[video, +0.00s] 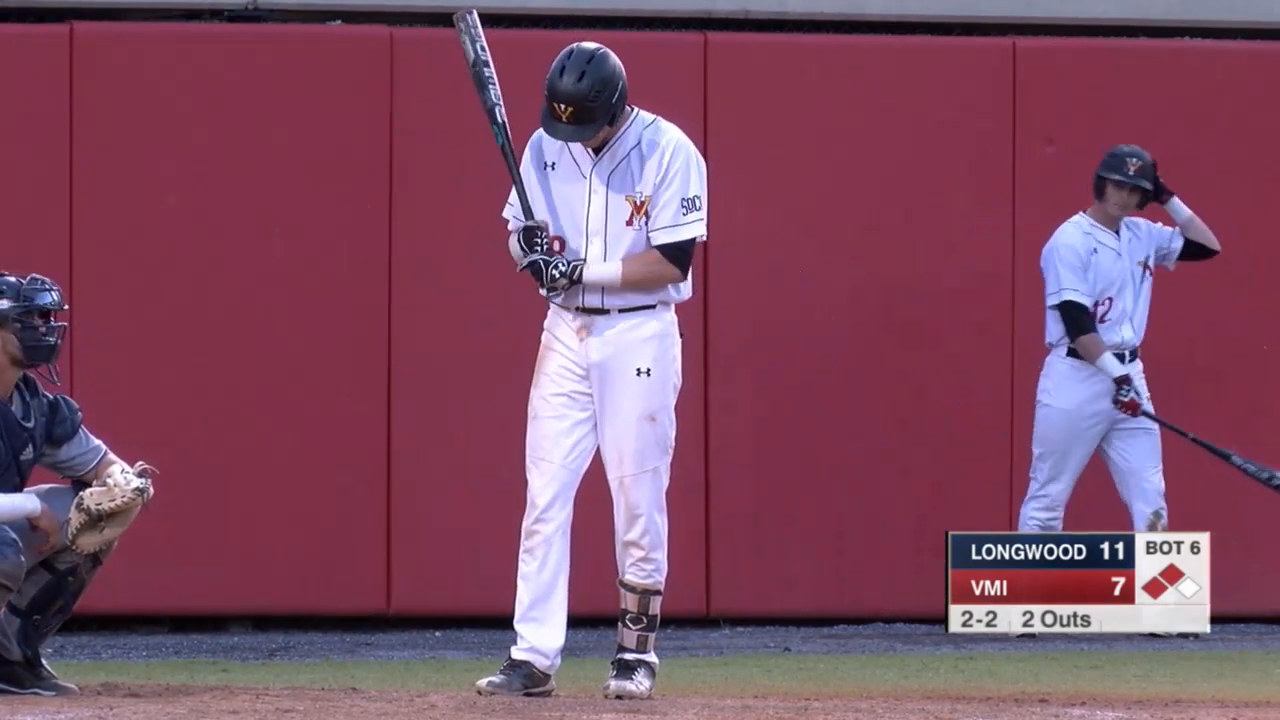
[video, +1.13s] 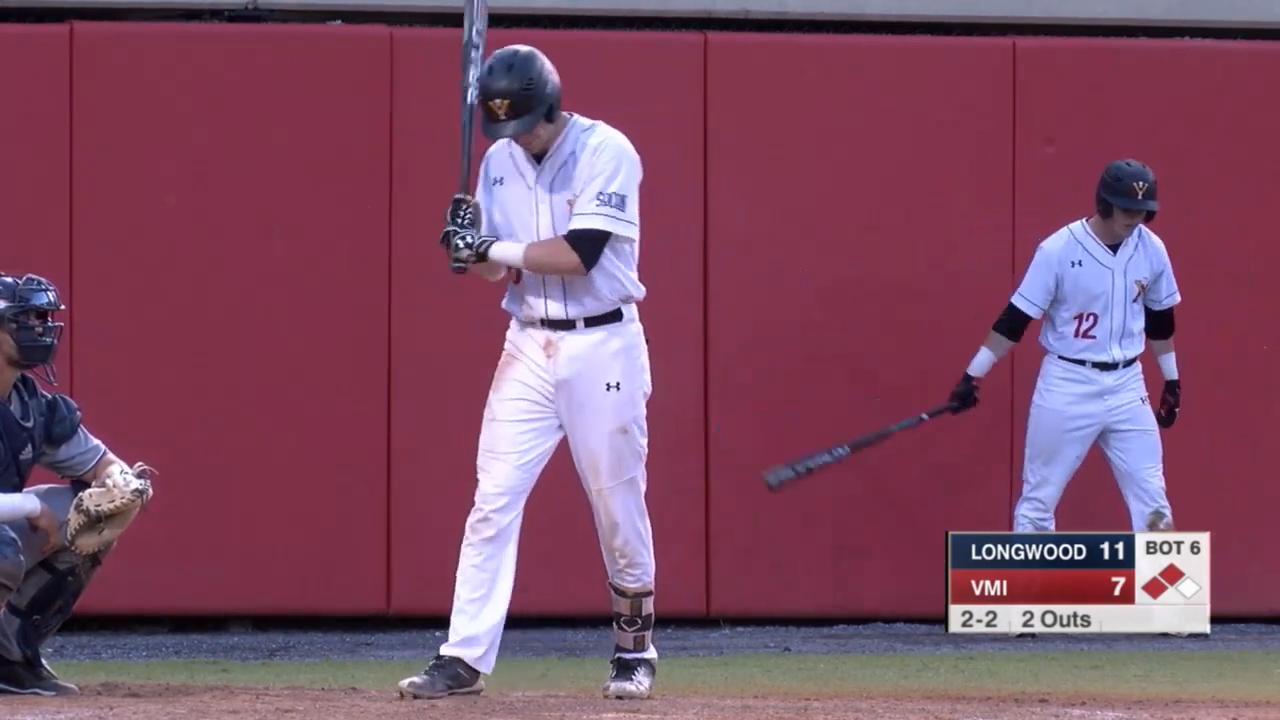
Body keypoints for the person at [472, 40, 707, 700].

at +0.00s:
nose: (576, 140)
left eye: (588, 129)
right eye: (567, 128)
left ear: (617, 109)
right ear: (555, 108)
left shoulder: (669, 149)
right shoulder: (545, 146)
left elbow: (672, 263)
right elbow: (517, 222)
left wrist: (581, 273)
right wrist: (529, 246)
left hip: (639, 339)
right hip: (564, 337)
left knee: (636, 491)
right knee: (545, 494)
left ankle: (635, 653)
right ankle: (533, 656)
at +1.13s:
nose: (515, 138)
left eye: (522, 125)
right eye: (505, 127)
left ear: (551, 109)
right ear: (498, 116)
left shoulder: (608, 149)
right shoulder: (499, 158)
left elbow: (579, 254)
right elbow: (499, 270)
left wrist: (491, 248)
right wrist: (471, 248)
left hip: (602, 348)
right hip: (526, 347)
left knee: (616, 500)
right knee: (493, 502)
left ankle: (633, 651)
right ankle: (463, 659)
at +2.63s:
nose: (596, 237)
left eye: (610, 232)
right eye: (589, 224)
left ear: (644, 214)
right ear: (581, 197)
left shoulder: (680, 252)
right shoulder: (571, 193)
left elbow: (666, 373)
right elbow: (570, 261)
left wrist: (652, 484)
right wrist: (559, 320)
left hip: (665, 378)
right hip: (583, 371)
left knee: (697, 506)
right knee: (519, 512)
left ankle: (755, 662)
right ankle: (461, 663)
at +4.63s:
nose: (615, 129)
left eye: (619, 117)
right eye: (600, 121)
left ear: (624, 118)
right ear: (565, 127)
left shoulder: (654, 199)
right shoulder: (525, 193)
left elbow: (650, 320)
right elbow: (509, 287)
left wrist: (571, 376)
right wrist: (493, 361)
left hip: (641, 386)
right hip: (554, 389)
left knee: (689, 511)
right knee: (477, 522)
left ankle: (761, 663)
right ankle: (454, 665)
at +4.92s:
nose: (578, 133)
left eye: (583, 121)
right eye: (564, 125)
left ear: (592, 121)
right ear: (532, 131)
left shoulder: (621, 193)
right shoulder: (509, 190)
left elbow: (576, 306)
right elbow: (504, 268)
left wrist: (488, 315)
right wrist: (468, 289)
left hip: (628, 380)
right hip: (547, 381)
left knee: (679, 509)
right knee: (468, 520)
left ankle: (760, 664)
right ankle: (454, 664)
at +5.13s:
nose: (579, 138)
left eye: (584, 125)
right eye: (564, 130)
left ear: (594, 125)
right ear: (534, 137)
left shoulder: (630, 193)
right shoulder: (513, 206)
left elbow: (604, 306)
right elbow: (518, 300)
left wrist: (511, 327)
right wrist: (497, 324)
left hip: (640, 385)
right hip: (557, 389)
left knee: (688, 514)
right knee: (476, 522)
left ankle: (760, 664)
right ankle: (454, 666)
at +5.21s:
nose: (582, 140)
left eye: (587, 127)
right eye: (567, 132)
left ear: (597, 127)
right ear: (538, 141)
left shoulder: (636, 194)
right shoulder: (514, 215)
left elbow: (629, 305)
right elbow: (518, 315)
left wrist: (548, 350)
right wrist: (514, 354)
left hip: (645, 389)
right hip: (559, 394)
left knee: (690, 514)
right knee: (478, 525)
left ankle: (761, 665)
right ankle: (454, 666)